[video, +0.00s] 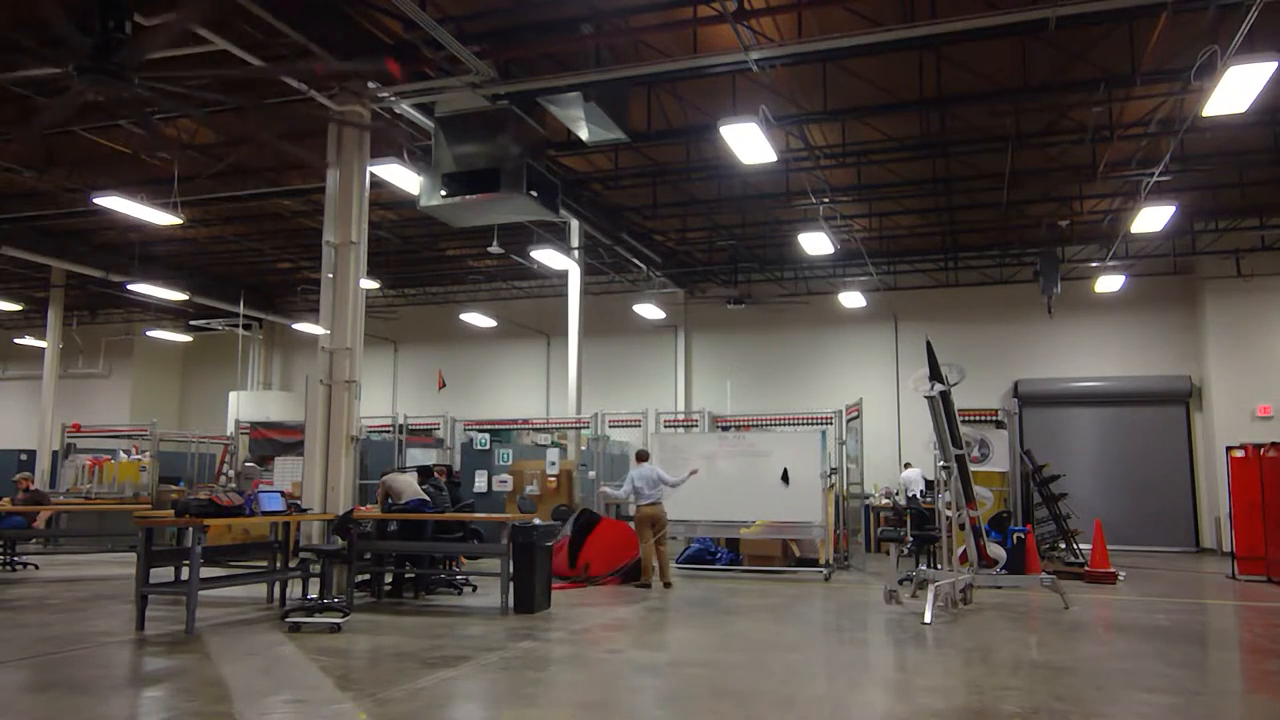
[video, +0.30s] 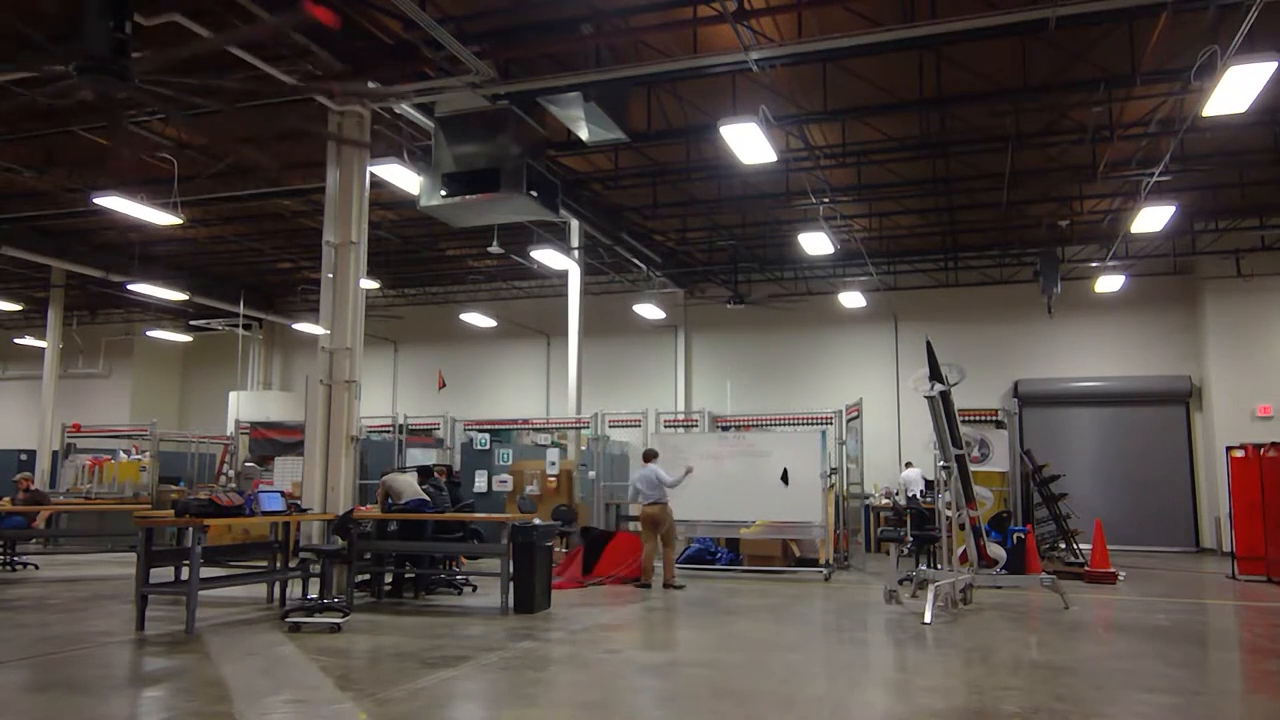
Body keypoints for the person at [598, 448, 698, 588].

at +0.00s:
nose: (636, 461)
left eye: (636, 459)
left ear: (636, 460)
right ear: (648, 459)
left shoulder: (633, 473)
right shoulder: (655, 470)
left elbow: (623, 495)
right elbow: (672, 483)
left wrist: (607, 490)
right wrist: (688, 475)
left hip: (642, 508)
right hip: (658, 507)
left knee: (646, 544)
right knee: (661, 544)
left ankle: (646, 580)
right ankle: (666, 580)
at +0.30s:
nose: (656, 461)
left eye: (656, 459)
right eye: (656, 459)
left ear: (643, 459)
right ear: (654, 459)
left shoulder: (636, 475)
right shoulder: (655, 470)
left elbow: (631, 498)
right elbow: (670, 483)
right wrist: (685, 473)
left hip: (646, 508)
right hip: (661, 507)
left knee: (649, 545)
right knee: (668, 545)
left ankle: (646, 579)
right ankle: (668, 579)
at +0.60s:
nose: (671, 460)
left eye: (671, 458)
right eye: (670, 458)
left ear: (659, 459)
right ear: (665, 458)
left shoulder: (658, 470)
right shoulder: (663, 470)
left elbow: (660, 488)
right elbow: (664, 486)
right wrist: (671, 474)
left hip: (660, 507)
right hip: (669, 507)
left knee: (659, 547)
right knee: (672, 546)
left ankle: (649, 578)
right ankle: (669, 579)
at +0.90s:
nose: (679, 459)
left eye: (681, 456)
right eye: (676, 457)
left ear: (683, 458)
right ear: (671, 459)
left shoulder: (683, 476)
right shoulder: (668, 473)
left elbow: (688, 496)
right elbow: (657, 489)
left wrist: (703, 496)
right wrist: (654, 476)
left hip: (682, 511)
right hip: (670, 510)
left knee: (685, 545)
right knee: (672, 547)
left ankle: (684, 577)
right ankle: (667, 579)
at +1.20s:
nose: (692, 461)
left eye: (695, 458)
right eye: (689, 458)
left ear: (699, 460)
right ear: (685, 461)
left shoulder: (704, 477)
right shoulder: (682, 476)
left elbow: (707, 495)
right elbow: (671, 492)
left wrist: (712, 504)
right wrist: (656, 485)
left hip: (699, 511)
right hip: (684, 510)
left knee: (702, 546)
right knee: (684, 546)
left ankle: (703, 580)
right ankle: (670, 579)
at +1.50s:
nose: (692, 466)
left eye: (694, 463)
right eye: (691, 464)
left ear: (702, 462)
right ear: (694, 463)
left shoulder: (715, 478)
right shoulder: (692, 475)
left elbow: (722, 498)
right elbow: (683, 493)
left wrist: (713, 508)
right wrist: (665, 490)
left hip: (708, 513)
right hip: (692, 512)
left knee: (706, 548)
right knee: (697, 547)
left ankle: (705, 579)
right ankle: (698, 580)